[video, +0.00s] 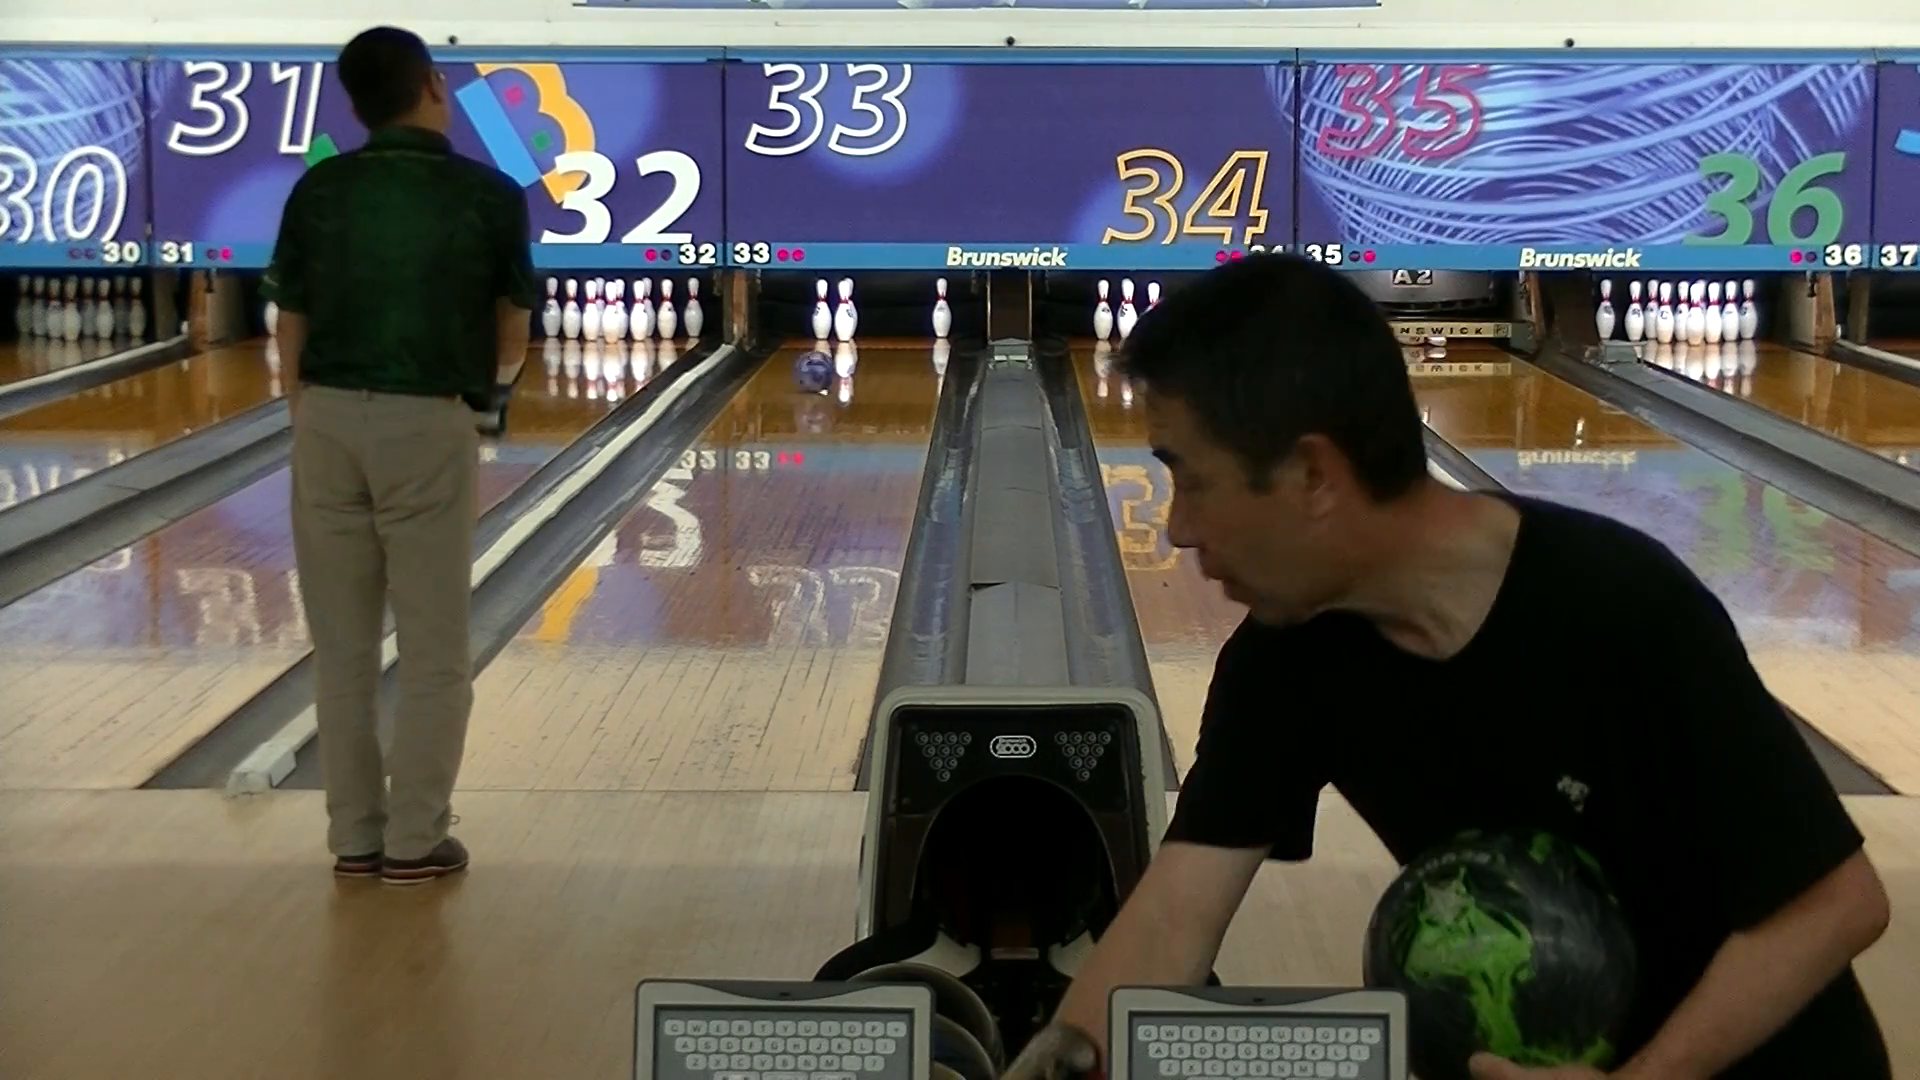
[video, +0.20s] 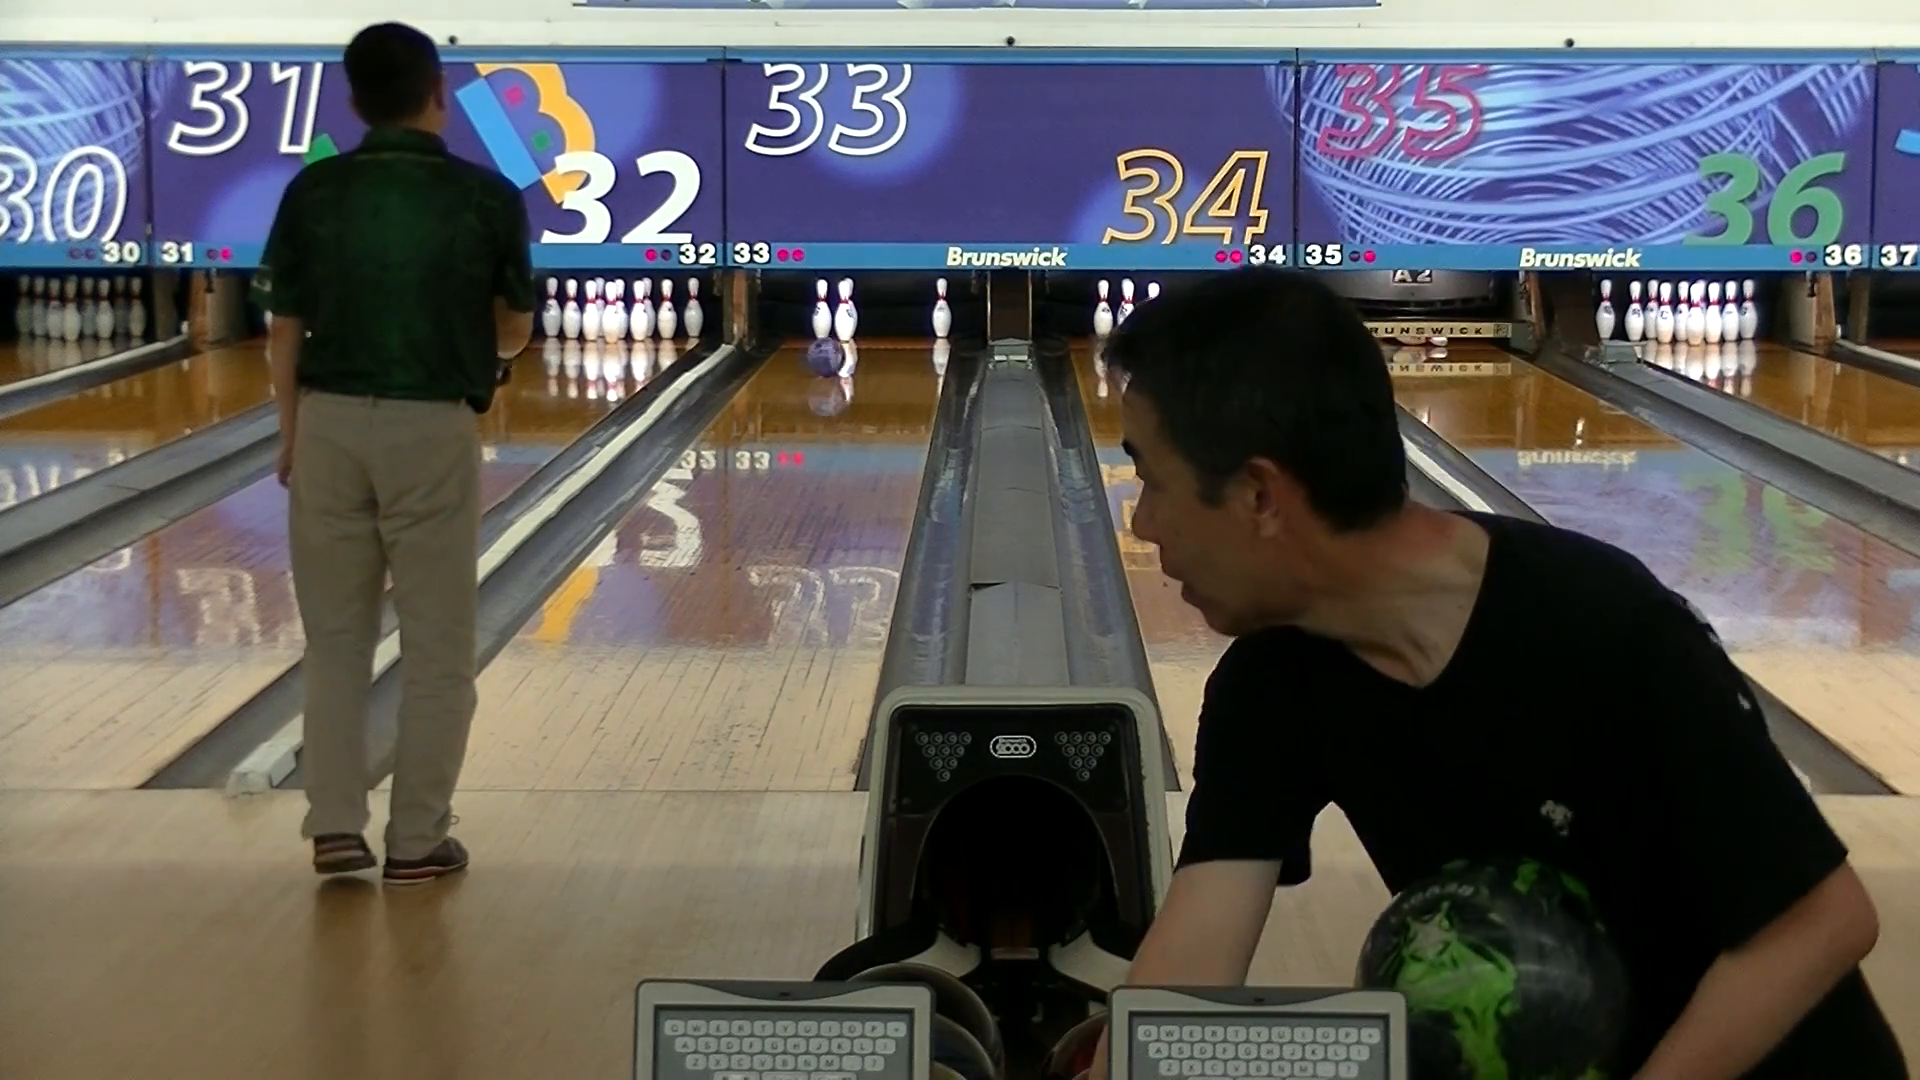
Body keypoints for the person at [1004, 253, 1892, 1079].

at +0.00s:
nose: (1175, 534)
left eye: (1188, 483)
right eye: (1170, 484)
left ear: (1314, 477)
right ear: (1309, 482)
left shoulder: (1625, 600)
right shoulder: (1288, 650)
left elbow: (1839, 900)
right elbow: (1168, 924)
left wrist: (1635, 1073)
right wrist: (1050, 1070)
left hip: (1770, 1041)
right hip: (1542, 1036)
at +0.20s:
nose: (1143, 533)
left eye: (1151, 490)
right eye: (1141, 490)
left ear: (1260, 500)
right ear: (1257, 503)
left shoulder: (1603, 620)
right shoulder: (1271, 680)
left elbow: (1823, 915)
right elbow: (1181, 977)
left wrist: (1650, 1074)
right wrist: (1100, 1069)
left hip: (1780, 1042)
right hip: (1551, 1040)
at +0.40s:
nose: (1191, 473)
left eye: (1182, 440)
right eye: (1180, 440)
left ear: (1243, 449)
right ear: (1384, 373)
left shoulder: (1596, 608)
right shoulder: (1337, 595)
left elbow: (1775, 941)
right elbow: (1273, 876)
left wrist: (1570, 1072)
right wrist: (1139, 1044)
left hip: (1768, 1062)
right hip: (1557, 1027)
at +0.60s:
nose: (1239, 415)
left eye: (1230, 374)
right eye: (1232, 375)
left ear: (1278, 385)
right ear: (1425, 323)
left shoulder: (1562, 595)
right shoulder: (1409, 548)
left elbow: (1713, 947)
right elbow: (1365, 824)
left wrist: (1483, 1075)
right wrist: (1203, 986)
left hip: (1757, 1063)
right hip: (1608, 1038)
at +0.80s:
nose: (1263, 401)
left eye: (1251, 360)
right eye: (1249, 360)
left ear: (1293, 369)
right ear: (1450, 307)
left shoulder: (1571, 587)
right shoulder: (1430, 534)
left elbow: (1713, 946)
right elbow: (1408, 831)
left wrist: (1479, 1073)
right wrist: (1291, 970)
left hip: (1751, 1062)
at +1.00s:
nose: (1266, 405)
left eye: (1254, 366)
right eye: (1252, 366)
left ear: (1298, 373)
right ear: (1455, 311)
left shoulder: (1585, 584)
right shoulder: (1426, 543)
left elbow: (1736, 941)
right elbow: (1403, 840)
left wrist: (1499, 1075)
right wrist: (1286, 996)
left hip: (1758, 1064)